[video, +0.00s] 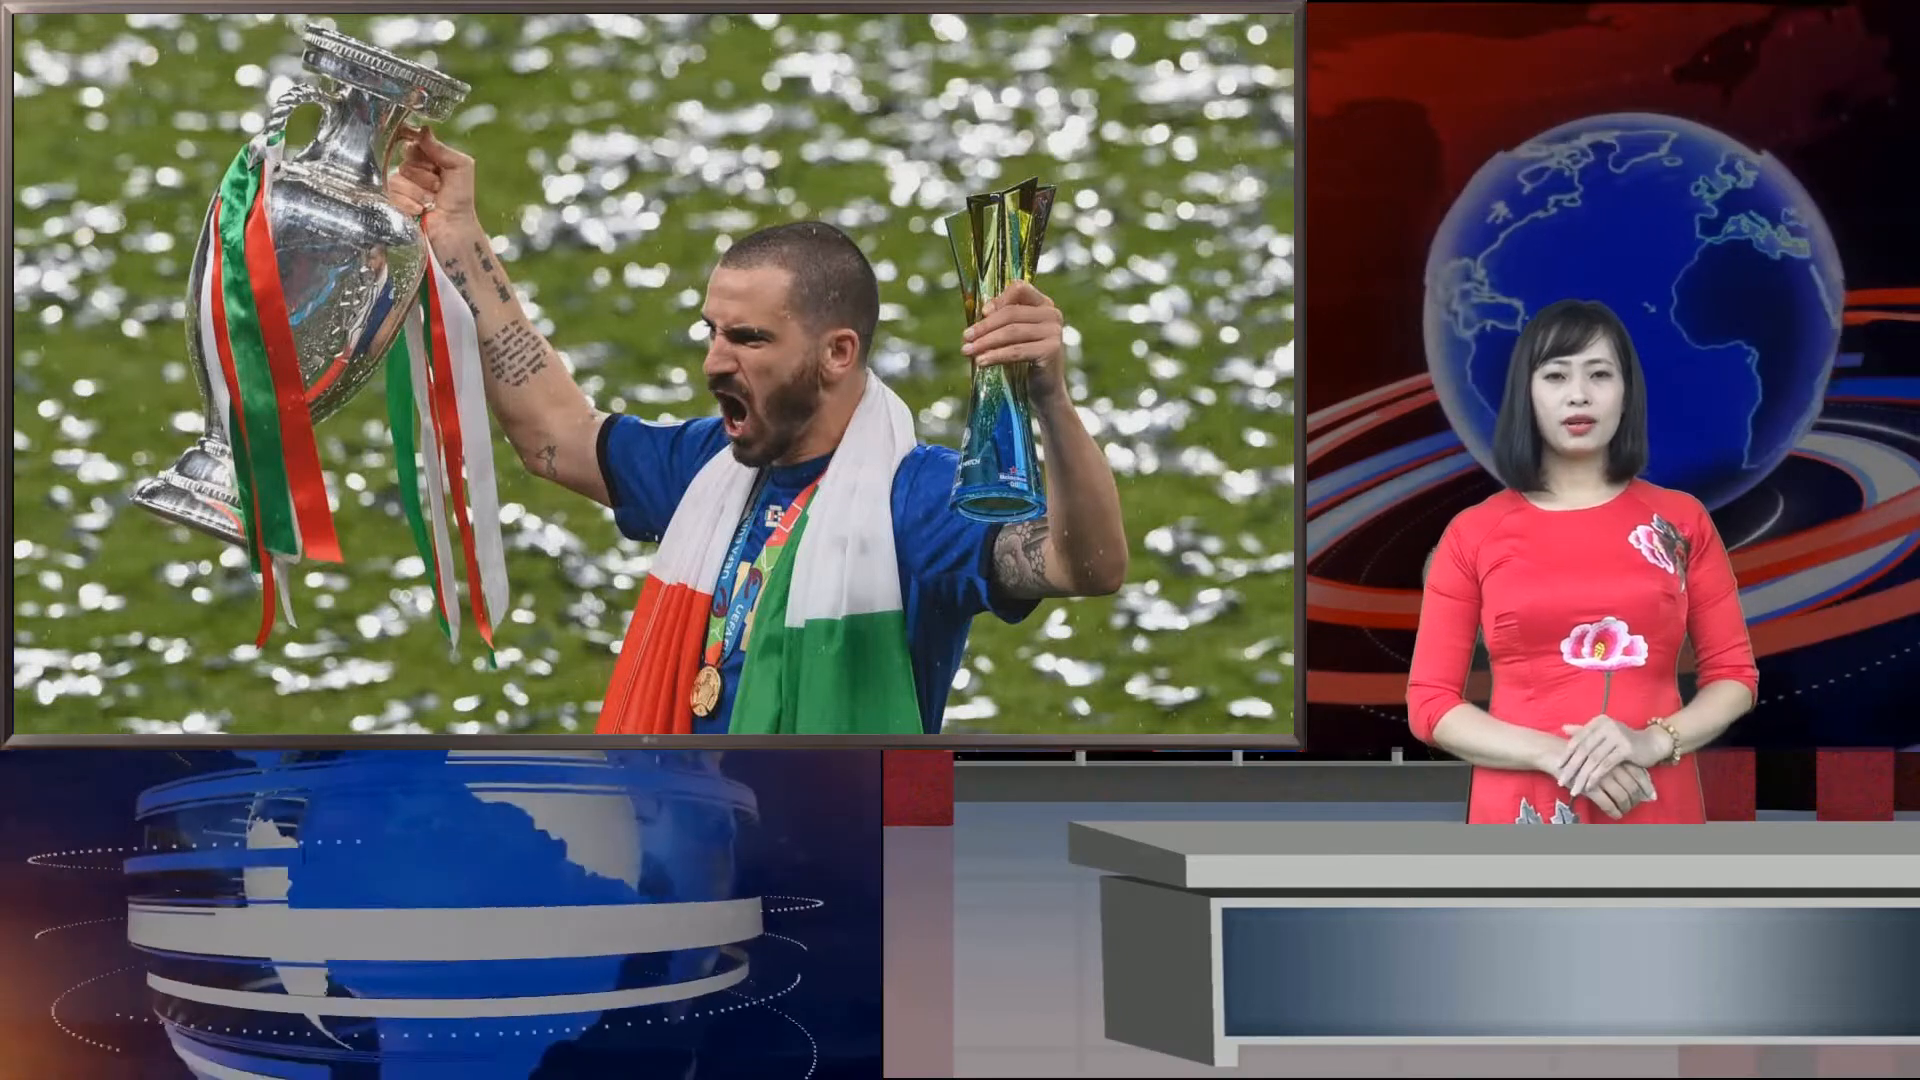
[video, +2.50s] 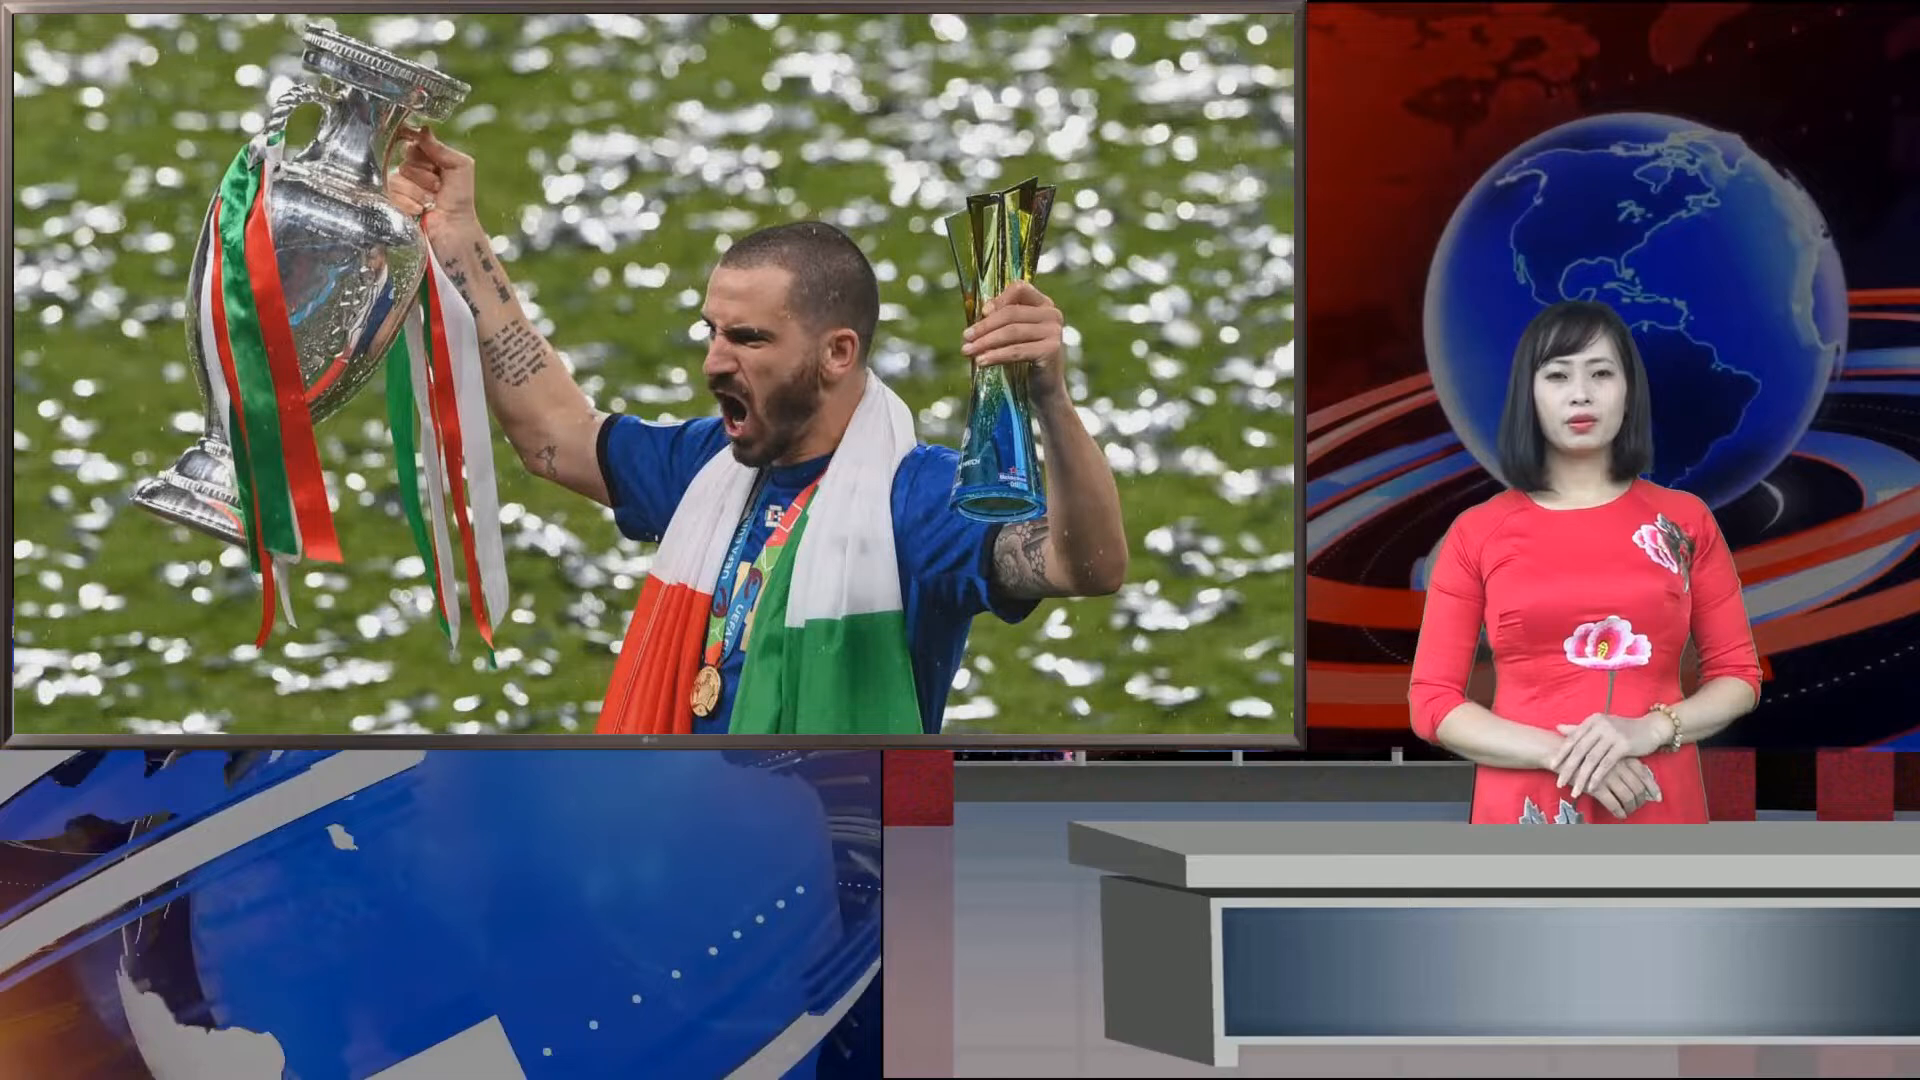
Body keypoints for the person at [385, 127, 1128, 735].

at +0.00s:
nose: (713, 362)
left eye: (747, 339)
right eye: (711, 333)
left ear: (839, 355)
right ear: (705, 327)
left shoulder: (915, 493)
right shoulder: (703, 466)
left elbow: (1090, 563)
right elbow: (557, 438)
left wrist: (1049, 398)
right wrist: (464, 252)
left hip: (833, 890)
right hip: (674, 881)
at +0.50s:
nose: (713, 362)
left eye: (747, 339)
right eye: (711, 333)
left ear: (838, 355)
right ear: (705, 327)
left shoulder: (914, 493)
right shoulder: (703, 466)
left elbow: (1090, 563)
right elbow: (557, 438)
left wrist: (1049, 399)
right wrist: (464, 252)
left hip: (834, 908)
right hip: (672, 894)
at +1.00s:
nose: (713, 362)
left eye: (747, 339)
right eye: (711, 333)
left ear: (839, 355)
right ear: (705, 327)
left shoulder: (915, 493)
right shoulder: (703, 466)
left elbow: (1090, 563)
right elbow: (557, 438)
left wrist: (1049, 399)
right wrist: (465, 254)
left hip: (830, 898)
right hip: (671, 882)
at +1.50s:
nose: (713, 361)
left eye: (747, 339)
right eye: (711, 333)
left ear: (839, 355)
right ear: (705, 327)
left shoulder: (914, 493)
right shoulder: (703, 465)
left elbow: (1089, 563)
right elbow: (557, 438)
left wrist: (1049, 398)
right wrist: (465, 255)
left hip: (831, 897)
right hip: (672, 886)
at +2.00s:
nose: (713, 362)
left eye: (747, 339)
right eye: (711, 333)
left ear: (839, 355)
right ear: (705, 327)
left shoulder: (914, 493)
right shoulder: (703, 466)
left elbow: (1089, 563)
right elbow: (557, 438)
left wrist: (1049, 399)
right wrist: (464, 254)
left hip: (836, 895)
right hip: (673, 886)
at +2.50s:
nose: (714, 362)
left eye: (747, 339)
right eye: (712, 333)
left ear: (839, 355)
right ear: (705, 327)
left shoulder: (914, 493)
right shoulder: (703, 466)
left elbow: (1089, 563)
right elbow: (557, 438)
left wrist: (1049, 399)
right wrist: (465, 254)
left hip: (829, 902)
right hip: (672, 894)